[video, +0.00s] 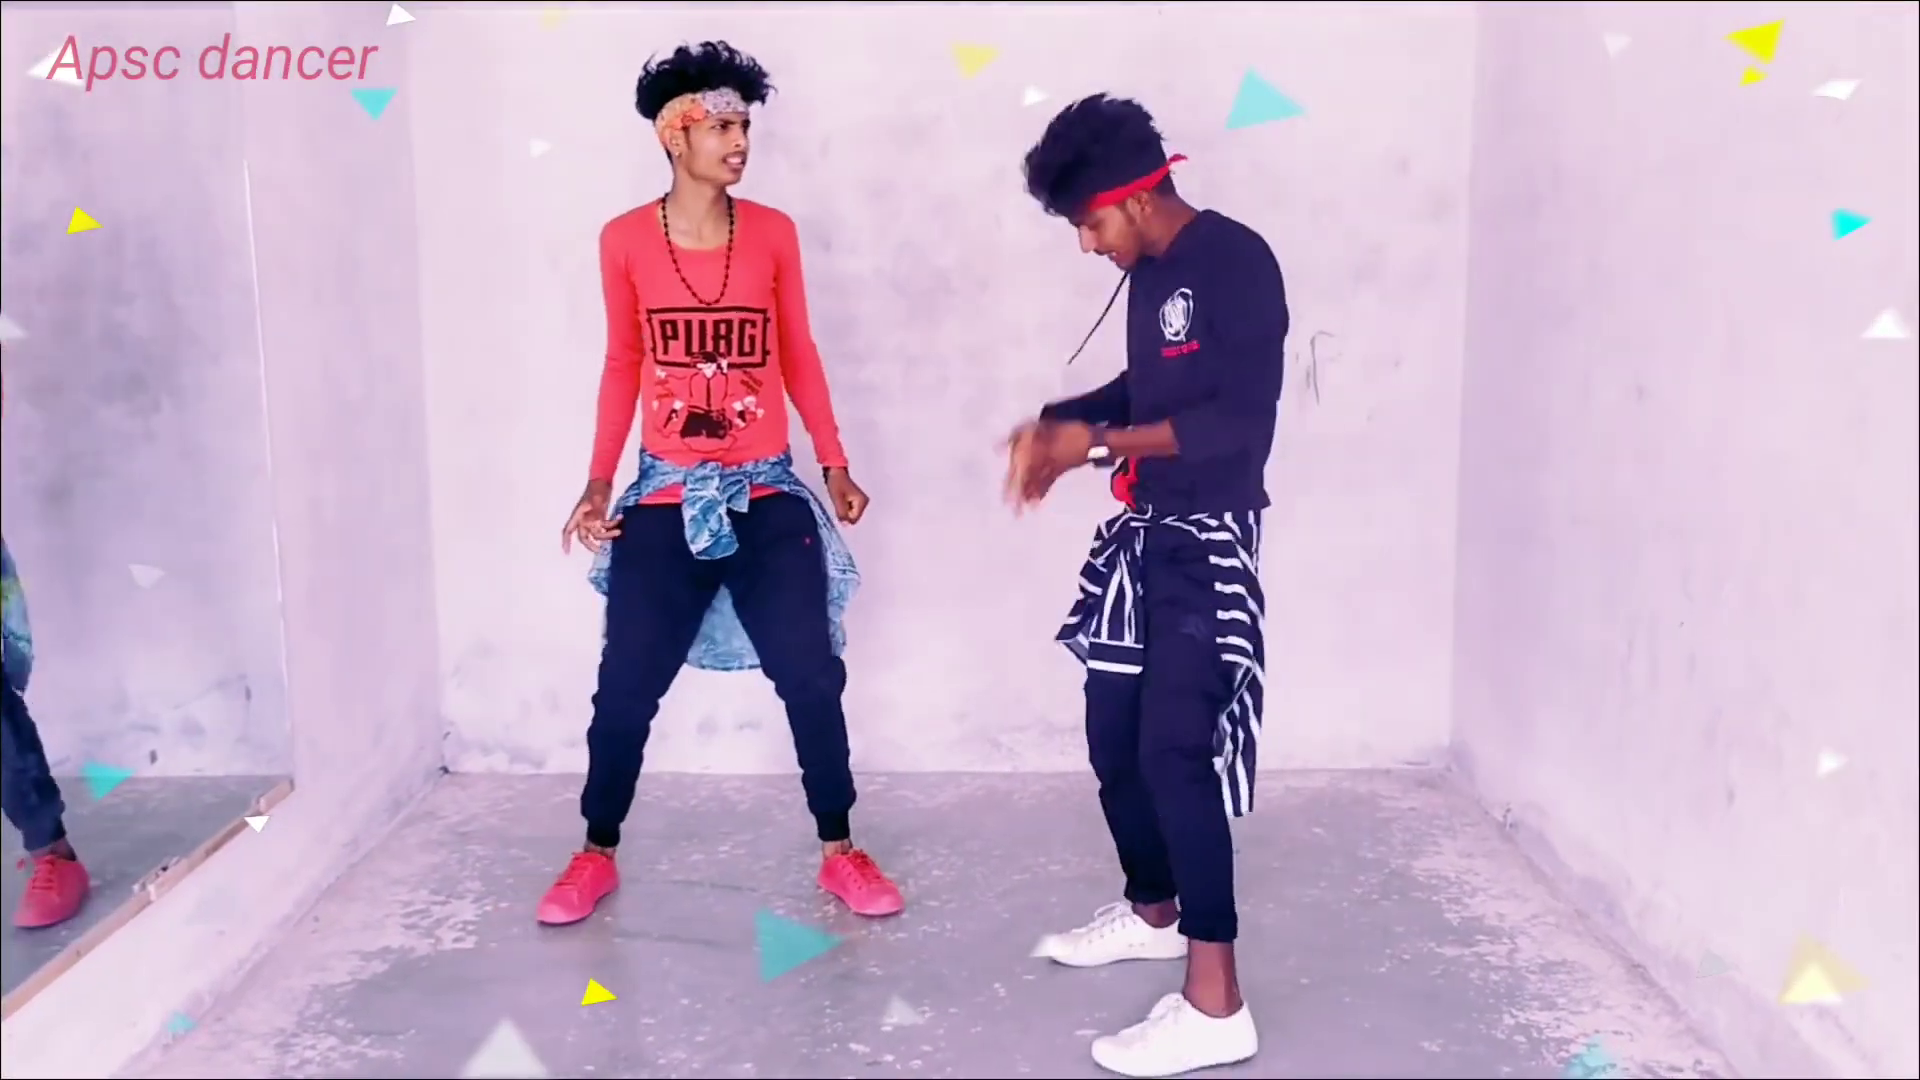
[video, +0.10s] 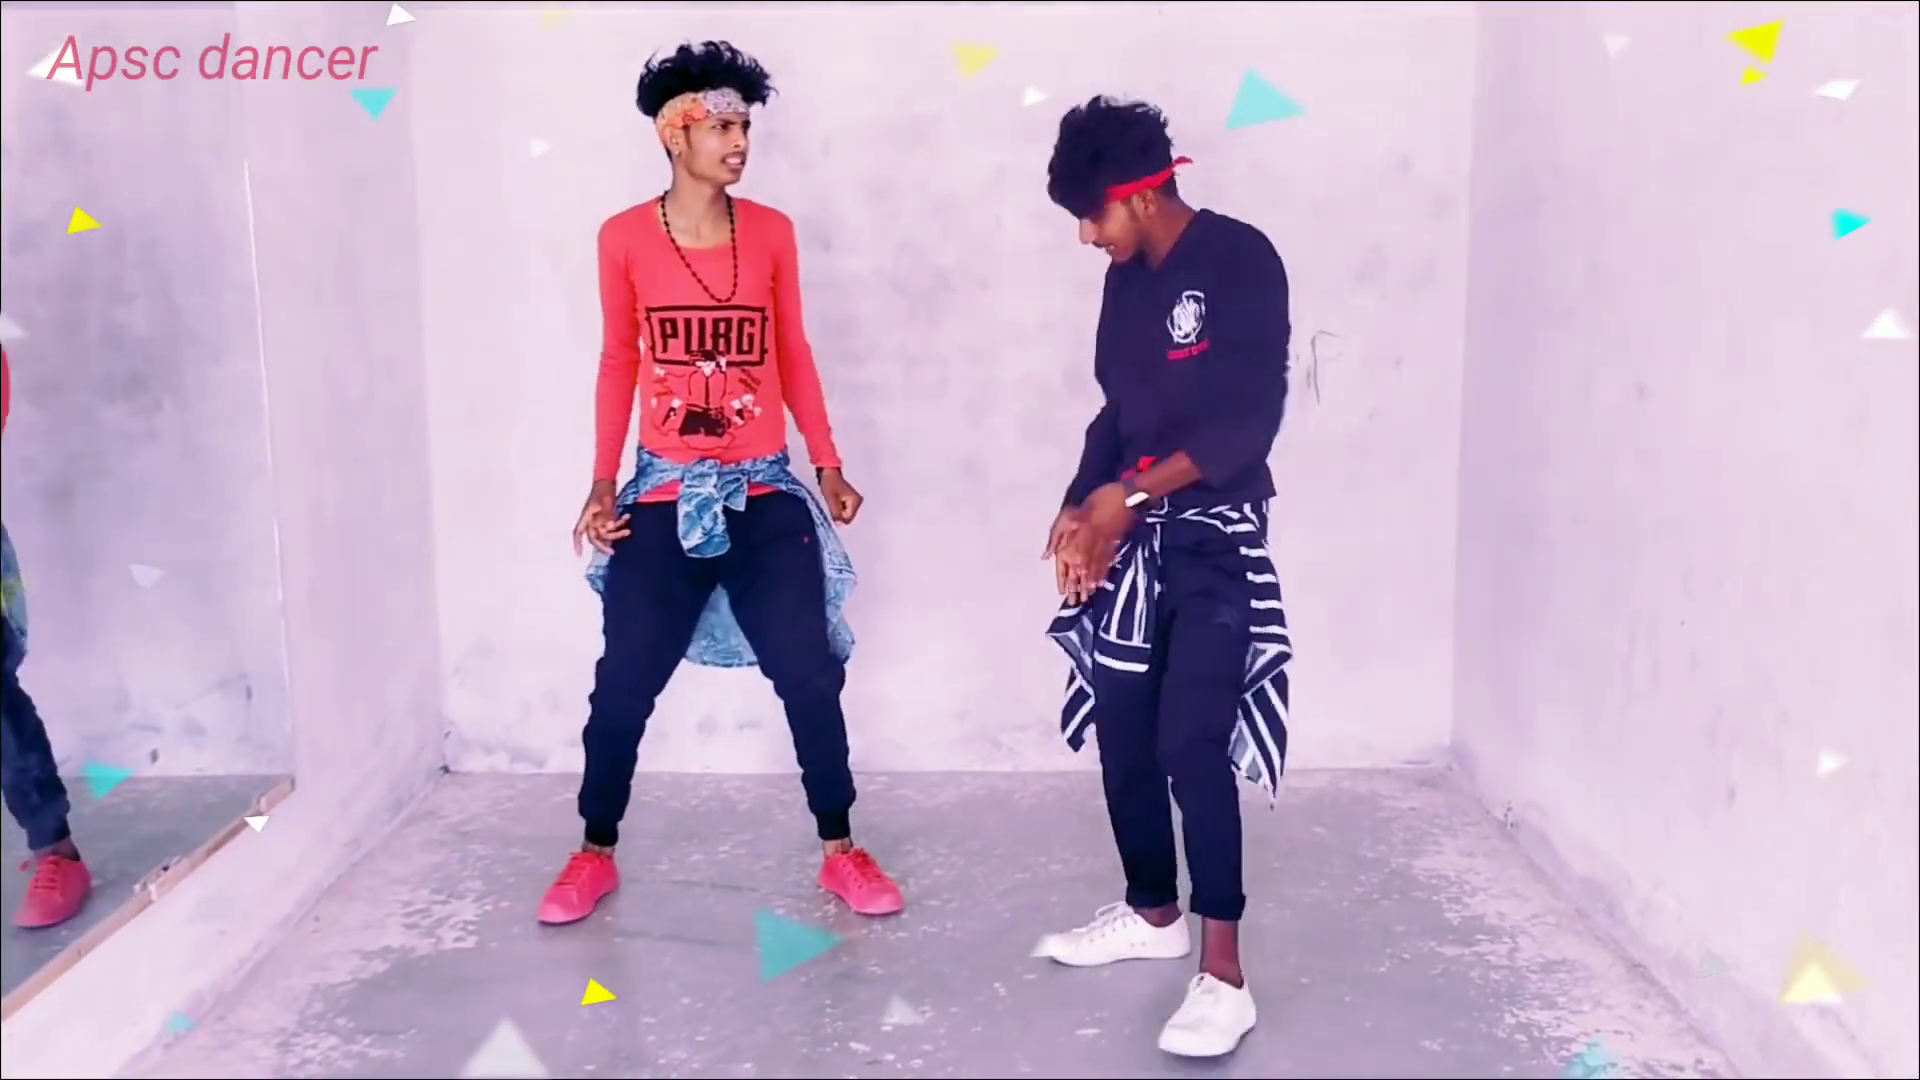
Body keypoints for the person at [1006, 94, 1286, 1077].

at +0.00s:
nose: (1086, 242)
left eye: (1086, 221)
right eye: (1077, 226)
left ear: (1134, 191)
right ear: (1128, 194)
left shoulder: (1234, 260)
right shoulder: (1150, 269)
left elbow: (1236, 427)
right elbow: (1146, 390)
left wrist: (1095, 442)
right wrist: (1059, 421)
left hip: (1207, 547)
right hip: (1140, 539)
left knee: (1176, 755)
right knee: (1114, 744)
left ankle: (1215, 1001)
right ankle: (1156, 913)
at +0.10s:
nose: (1087, 234)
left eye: (1092, 214)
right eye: (1081, 217)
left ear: (1143, 189)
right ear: (1127, 193)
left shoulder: (1240, 256)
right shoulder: (1127, 271)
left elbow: (1247, 424)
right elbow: (1121, 409)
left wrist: (1127, 498)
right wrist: (1079, 505)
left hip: (1215, 541)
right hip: (1135, 537)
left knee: (1193, 745)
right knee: (1124, 737)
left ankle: (1222, 978)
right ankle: (1154, 912)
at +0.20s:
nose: (1084, 206)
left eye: (1093, 185)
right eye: (1080, 186)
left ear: (1145, 175)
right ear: (1121, 183)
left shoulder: (1251, 249)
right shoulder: (1116, 270)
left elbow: (1324, 379)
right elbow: (1125, 390)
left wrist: (1231, 469)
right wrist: (1094, 476)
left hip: (1228, 534)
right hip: (1136, 533)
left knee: (1218, 735)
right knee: (1132, 734)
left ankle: (1261, 942)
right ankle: (1153, 915)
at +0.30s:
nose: (1101, 185)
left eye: (1111, 166)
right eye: (1100, 166)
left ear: (1160, 166)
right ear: (1146, 167)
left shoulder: (1266, 248)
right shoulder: (1123, 265)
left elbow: (1347, 366)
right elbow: (1118, 388)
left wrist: (1290, 472)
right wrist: (1096, 490)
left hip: (1243, 527)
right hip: (1149, 530)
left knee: (1253, 727)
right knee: (1149, 731)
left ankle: (1307, 912)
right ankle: (1156, 914)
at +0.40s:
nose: (1123, 173)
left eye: (1136, 156)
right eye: (1125, 155)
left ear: (1188, 162)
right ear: (1175, 163)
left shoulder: (1285, 252)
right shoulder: (1136, 266)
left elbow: (1360, 370)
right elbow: (1122, 393)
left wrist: (1324, 496)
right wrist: (1111, 503)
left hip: (1262, 524)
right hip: (1162, 531)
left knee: (1301, 721)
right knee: (1161, 727)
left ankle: (1346, 891)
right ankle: (1158, 909)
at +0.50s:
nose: (1152, 174)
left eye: (1167, 158)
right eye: (1155, 156)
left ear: (1218, 165)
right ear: (1199, 165)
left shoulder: (1310, 256)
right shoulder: (1159, 268)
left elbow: (1376, 377)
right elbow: (1143, 395)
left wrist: (1344, 507)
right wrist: (1133, 512)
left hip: (1288, 526)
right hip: (1184, 530)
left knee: (1336, 716)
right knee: (1174, 723)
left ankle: (1387, 893)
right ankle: (1159, 909)